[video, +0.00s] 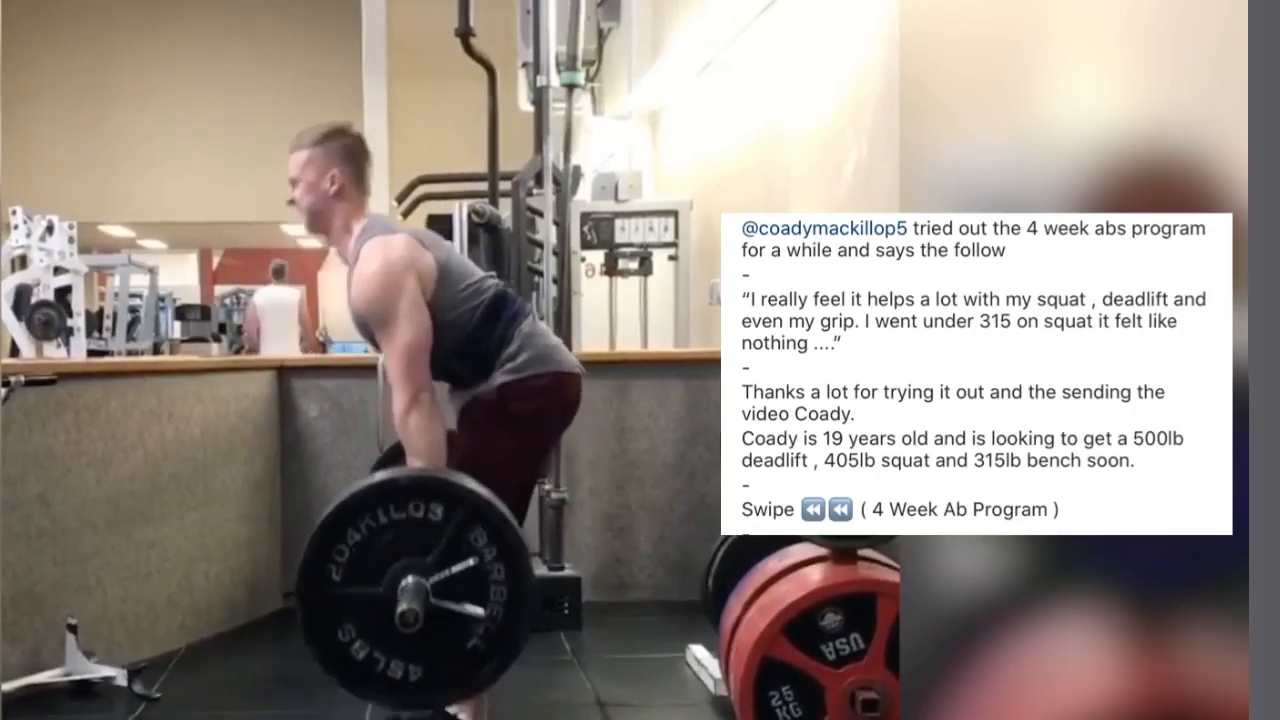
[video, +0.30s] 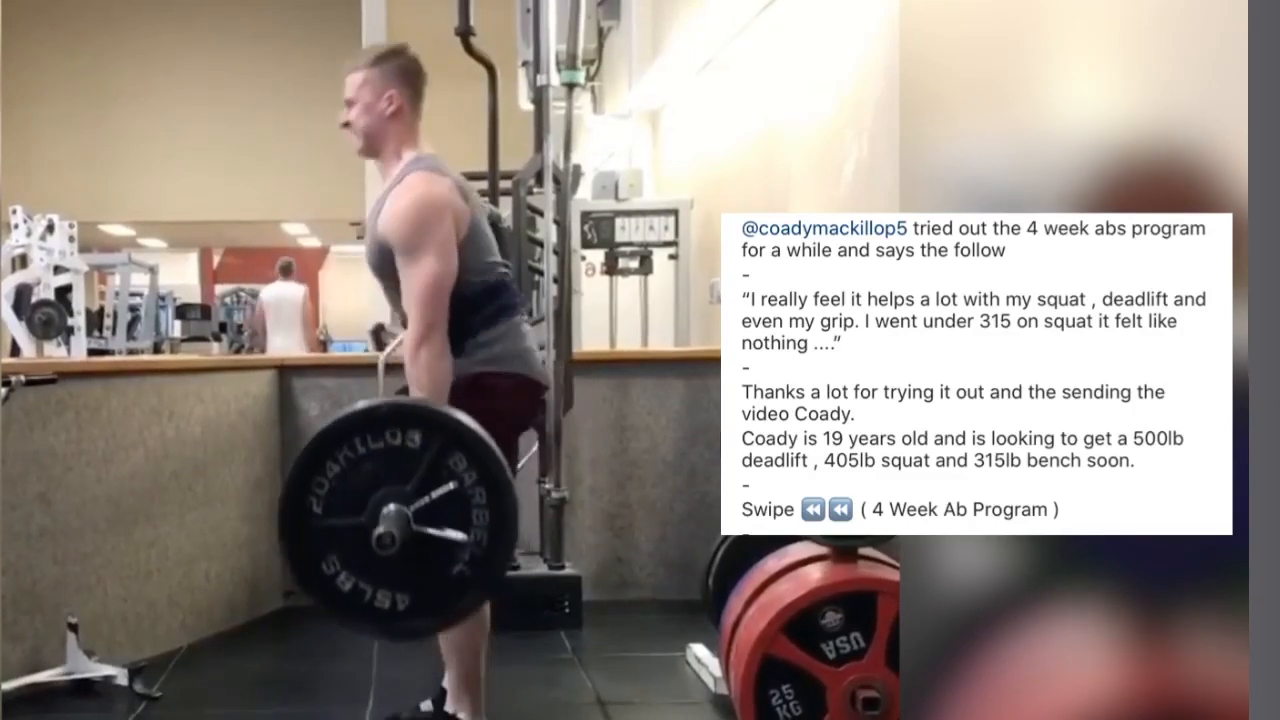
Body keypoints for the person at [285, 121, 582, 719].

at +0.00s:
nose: (290, 196)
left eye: (297, 182)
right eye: (290, 184)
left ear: (335, 180)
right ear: (336, 183)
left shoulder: (384, 263)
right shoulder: (366, 258)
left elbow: (416, 402)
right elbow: (400, 385)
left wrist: (434, 522)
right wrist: (418, 509)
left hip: (528, 380)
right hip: (500, 381)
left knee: (463, 538)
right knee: (455, 533)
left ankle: (465, 701)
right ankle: (453, 696)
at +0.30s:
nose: (344, 120)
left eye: (353, 105)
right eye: (345, 106)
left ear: (393, 104)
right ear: (393, 108)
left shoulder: (420, 195)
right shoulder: (410, 184)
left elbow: (429, 339)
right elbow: (435, 307)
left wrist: (424, 461)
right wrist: (406, 332)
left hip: (487, 381)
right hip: (475, 374)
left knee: (459, 548)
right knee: (451, 542)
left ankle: (466, 708)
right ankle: (458, 696)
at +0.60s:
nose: (418, 100)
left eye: (427, 85)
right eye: (417, 87)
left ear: (467, 81)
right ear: (469, 86)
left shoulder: (482, 173)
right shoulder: (476, 165)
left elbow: (452, 306)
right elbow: (451, 299)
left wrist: (422, 408)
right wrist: (412, 402)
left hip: (465, 375)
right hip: (469, 371)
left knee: (446, 546)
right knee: (449, 544)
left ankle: (467, 709)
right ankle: (460, 698)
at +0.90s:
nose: (418, 102)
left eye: (427, 87)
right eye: (417, 89)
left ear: (467, 84)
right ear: (469, 89)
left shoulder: (480, 175)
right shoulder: (478, 168)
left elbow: (451, 308)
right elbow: (449, 301)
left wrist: (426, 409)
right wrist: (412, 395)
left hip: (462, 379)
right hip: (467, 375)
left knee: (445, 546)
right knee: (450, 545)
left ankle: (468, 707)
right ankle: (464, 697)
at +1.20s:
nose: (375, 104)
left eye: (383, 89)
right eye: (374, 91)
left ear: (421, 89)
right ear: (425, 92)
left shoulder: (445, 184)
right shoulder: (435, 175)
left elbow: (438, 325)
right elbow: (432, 316)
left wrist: (418, 442)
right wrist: (410, 425)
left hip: (476, 380)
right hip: (470, 375)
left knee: (440, 542)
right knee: (448, 542)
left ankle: (467, 707)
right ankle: (463, 699)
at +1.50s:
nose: (293, 174)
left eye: (301, 159)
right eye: (293, 160)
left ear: (339, 160)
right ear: (342, 162)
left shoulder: (389, 242)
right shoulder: (375, 236)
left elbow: (414, 394)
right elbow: (404, 380)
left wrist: (424, 519)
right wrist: (412, 513)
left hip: (518, 381)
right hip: (491, 381)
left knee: (456, 538)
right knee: (447, 533)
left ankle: (468, 703)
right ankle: (457, 698)